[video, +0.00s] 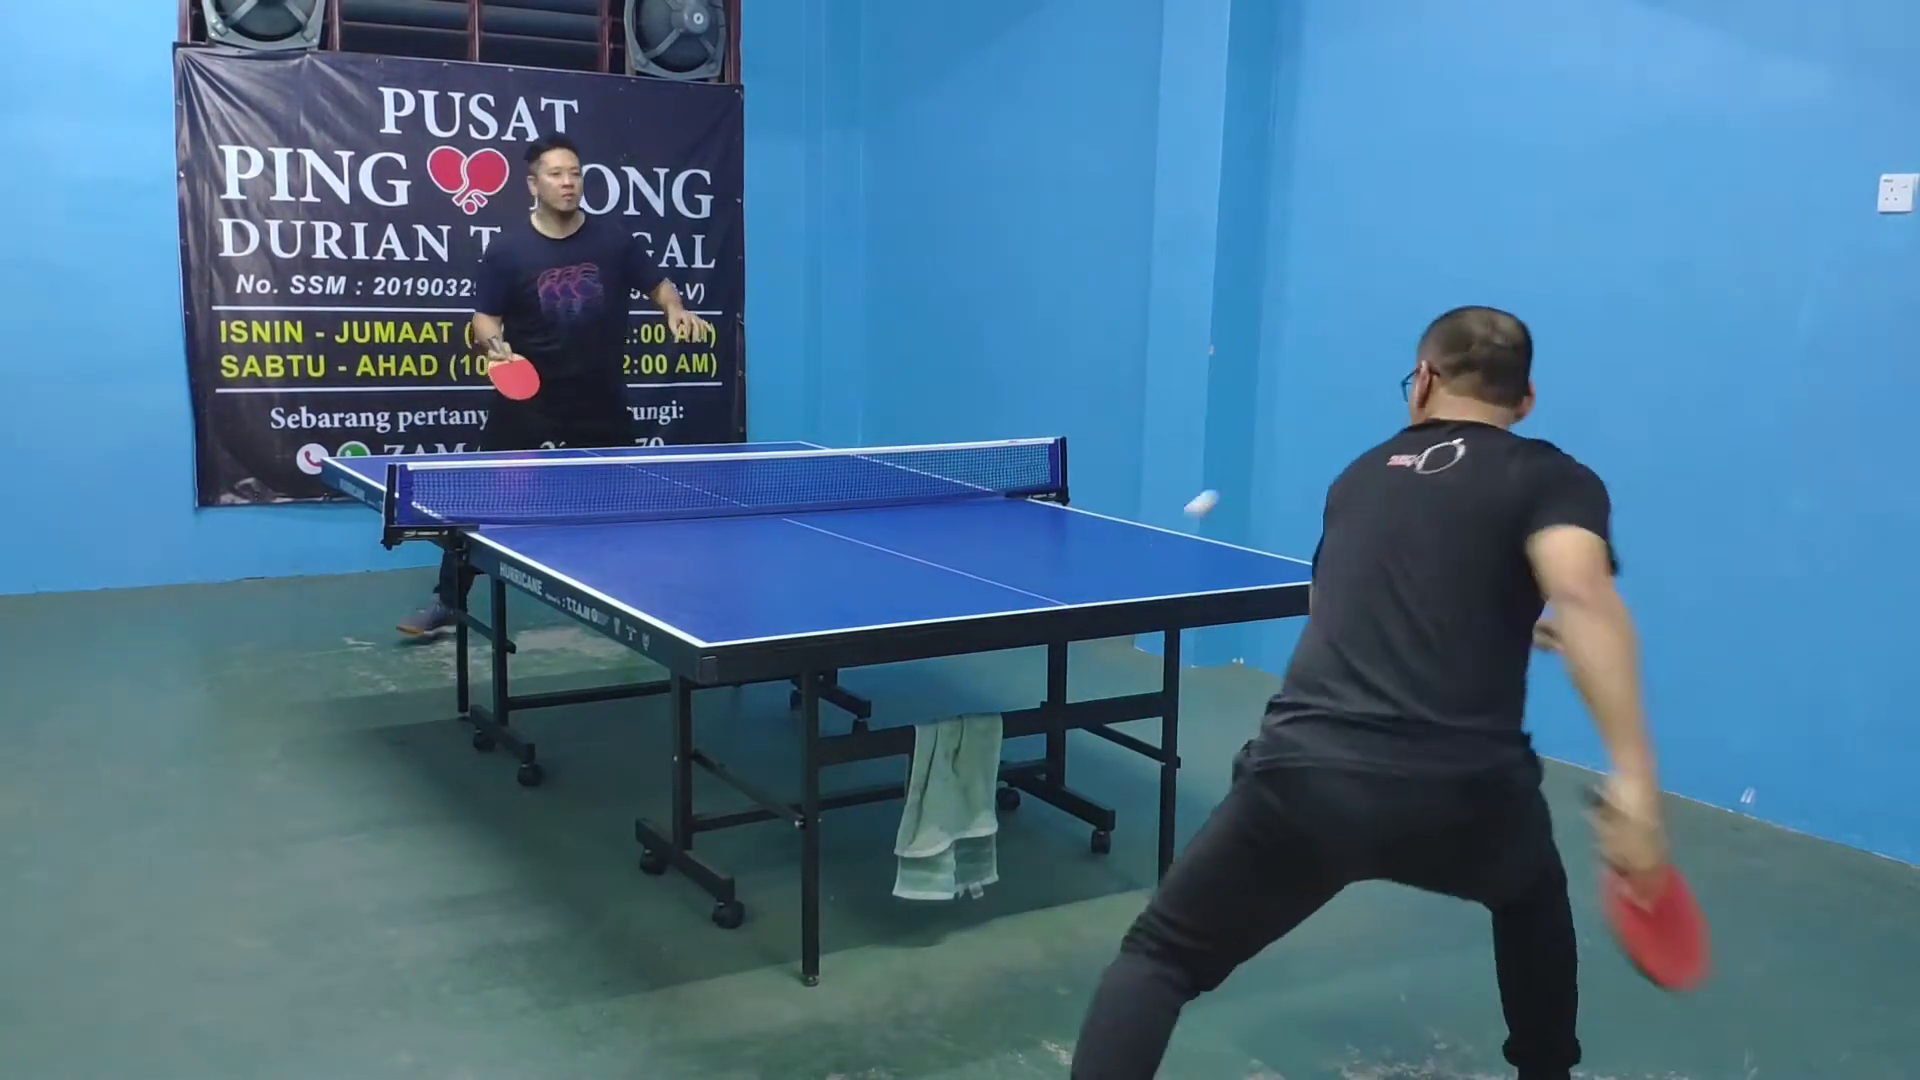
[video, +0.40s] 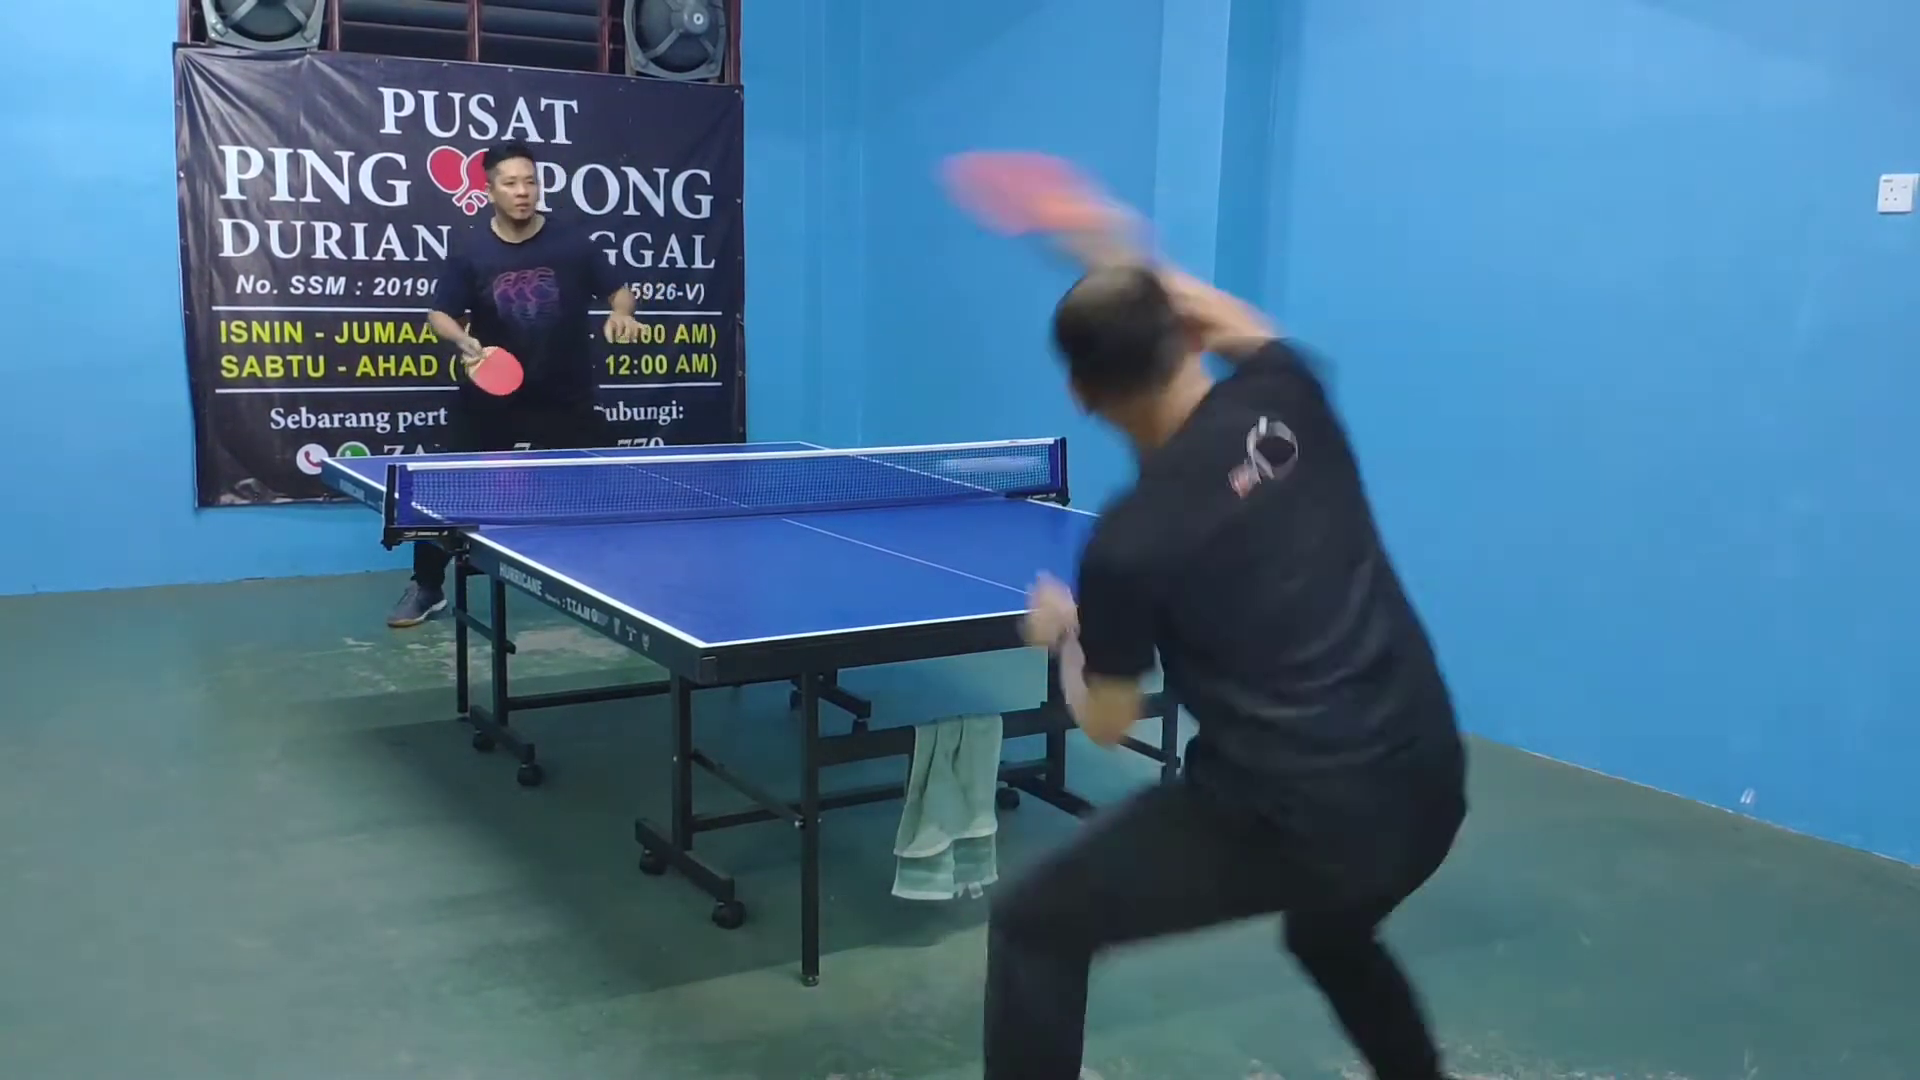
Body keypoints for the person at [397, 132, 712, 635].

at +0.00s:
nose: (568, 182)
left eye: (574, 173)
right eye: (556, 174)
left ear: (583, 180)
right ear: (533, 184)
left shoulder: (612, 239)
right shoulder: (509, 247)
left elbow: (656, 283)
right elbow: (484, 316)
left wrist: (677, 310)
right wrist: (494, 340)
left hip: (600, 399)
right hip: (528, 404)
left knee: (636, 498)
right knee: (476, 494)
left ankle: (659, 609)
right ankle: (449, 601)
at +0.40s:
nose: (523, 191)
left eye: (529, 182)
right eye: (511, 184)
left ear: (538, 186)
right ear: (489, 191)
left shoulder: (571, 240)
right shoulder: (470, 247)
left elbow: (618, 289)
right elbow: (439, 314)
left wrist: (621, 311)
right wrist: (464, 341)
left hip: (564, 395)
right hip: (491, 398)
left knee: (608, 483)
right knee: (446, 479)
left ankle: (631, 594)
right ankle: (426, 584)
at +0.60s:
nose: (439, 202)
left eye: (448, 193)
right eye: (429, 194)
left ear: (469, 197)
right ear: (417, 203)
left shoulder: (512, 245)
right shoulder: (400, 263)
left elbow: (576, 276)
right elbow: (342, 297)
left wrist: (639, 304)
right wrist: (286, 330)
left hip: (519, 397)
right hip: (447, 402)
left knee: (577, 482)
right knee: (410, 488)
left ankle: (611, 580)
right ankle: (390, 587)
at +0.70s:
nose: (400, 210)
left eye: (409, 200)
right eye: (390, 202)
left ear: (429, 204)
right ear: (377, 210)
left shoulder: (473, 248)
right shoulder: (364, 267)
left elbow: (526, 269)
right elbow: (301, 299)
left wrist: (582, 293)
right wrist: (249, 339)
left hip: (493, 389)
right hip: (418, 399)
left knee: (553, 467)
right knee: (393, 485)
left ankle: (582, 570)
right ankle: (390, 587)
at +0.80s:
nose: (375, 207)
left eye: (384, 196)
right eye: (364, 198)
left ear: (403, 196)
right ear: (352, 205)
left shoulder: (445, 236)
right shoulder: (340, 261)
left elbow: (500, 267)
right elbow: (290, 318)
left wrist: (554, 302)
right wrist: (298, 368)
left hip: (462, 375)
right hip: (391, 386)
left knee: (508, 462)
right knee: (381, 479)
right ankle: (385, 585)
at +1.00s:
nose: (357, 177)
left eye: (366, 166)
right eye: (347, 168)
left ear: (383, 168)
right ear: (334, 175)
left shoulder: (423, 214)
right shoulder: (317, 237)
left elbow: (471, 258)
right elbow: (292, 306)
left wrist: (508, 311)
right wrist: (333, 350)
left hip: (428, 368)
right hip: (361, 376)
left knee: (441, 465)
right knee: (366, 477)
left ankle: (423, 545)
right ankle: (380, 581)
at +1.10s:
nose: (353, 175)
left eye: (362, 164)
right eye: (343, 166)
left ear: (378, 166)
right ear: (329, 171)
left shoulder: (415, 221)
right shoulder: (308, 233)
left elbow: (455, 267)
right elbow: (281, 303)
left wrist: (463, 317)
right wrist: (321, 346)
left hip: (403, 369)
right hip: (339, 373)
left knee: (395, 466)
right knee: (339, 469)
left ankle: (377, 559)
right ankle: (354, 570)